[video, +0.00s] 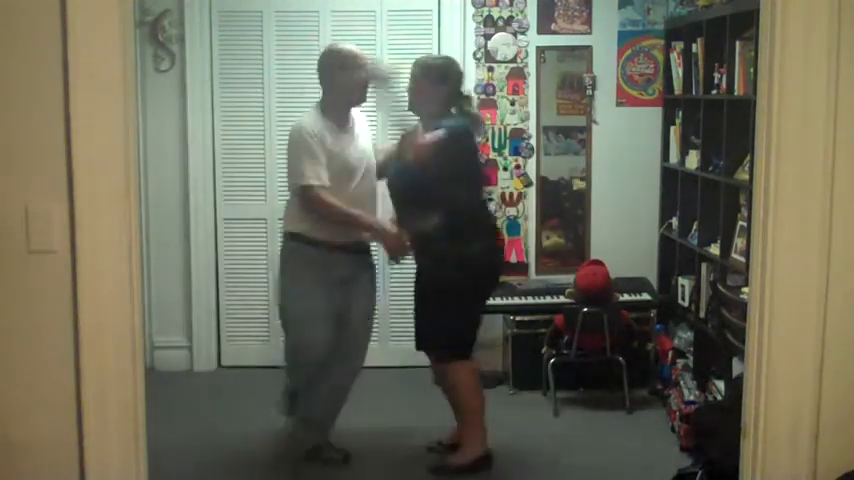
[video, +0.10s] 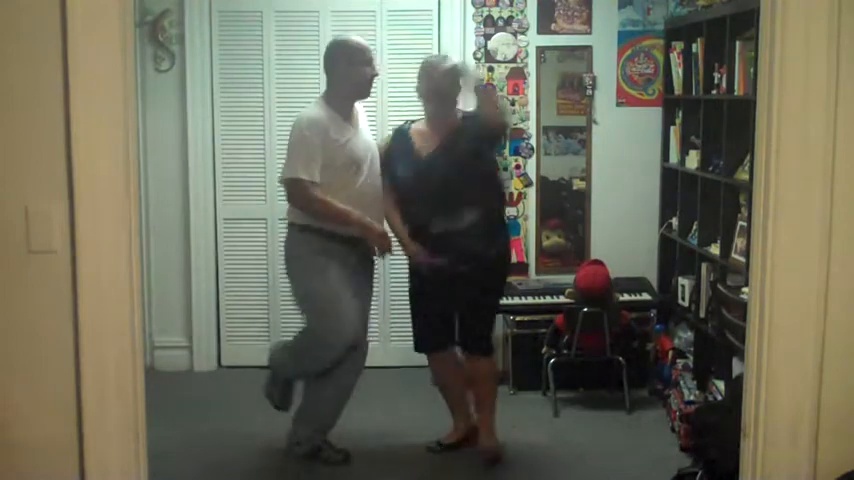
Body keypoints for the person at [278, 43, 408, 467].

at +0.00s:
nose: (368, 83)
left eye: (367, 76)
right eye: (359, 76)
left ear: (358, 81)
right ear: (333, 80)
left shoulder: (360, 127)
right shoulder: (306, 130)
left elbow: (366, 171)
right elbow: (310, 197)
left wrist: (402, 150)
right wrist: (379, 230)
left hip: (355, 256)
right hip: (309, 256)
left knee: (350, 352)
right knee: (312, 346)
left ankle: (316, 436)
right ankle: (300, 415)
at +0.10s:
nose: (374, 72)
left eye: (373, 65)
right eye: (364, 66)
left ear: (364, 73)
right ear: (335, 72)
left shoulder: (358, 122)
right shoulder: (311, 124)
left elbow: (366, 186)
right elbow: (298, 193)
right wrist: (363, 226)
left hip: (355, 249)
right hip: (314, 245)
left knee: (353, 346)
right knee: (338, 330)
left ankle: (307, 437)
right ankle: (283, 363)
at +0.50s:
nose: (407, 84)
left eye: (405, 76)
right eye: (400, 75)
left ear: (369, 79)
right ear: (375, 78)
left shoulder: (348, 122)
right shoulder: (368, 130)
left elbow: (357, 188)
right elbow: (372, 203)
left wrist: (407, 203)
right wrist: (428, 192)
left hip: (332, 254)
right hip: (351, 260)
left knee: (357, 357)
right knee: (381, 365)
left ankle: (312, 435)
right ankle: (367, 468)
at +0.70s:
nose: (425, 87)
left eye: (424, 78)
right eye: (421, 79)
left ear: (378, 83)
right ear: (407, 86)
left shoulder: (344, 128)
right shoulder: (412, 141)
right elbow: (452, 208)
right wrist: (493, 188)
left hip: (330, 264)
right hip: (376, 270)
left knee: (376, 348)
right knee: (398, 364)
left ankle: (336, 433)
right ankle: (368, 465)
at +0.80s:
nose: (427, 86)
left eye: (425, 78)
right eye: (425, 79)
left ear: (382, 82)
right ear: (418, 85)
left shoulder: (344, 131)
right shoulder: (428, 140)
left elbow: (325, 195)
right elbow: (478, 199)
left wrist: (359, 219)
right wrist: (517, 181)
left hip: (339, 266)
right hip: (391, 271)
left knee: (360, 358)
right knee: (400, 369)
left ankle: (351, 455)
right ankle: (369, 464)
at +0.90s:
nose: (428, 82)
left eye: (425, 75)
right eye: (426, 76)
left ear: (385, 82)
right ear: (423, 83)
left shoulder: (348, 131)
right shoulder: (442, 138)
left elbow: (319, 189)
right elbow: (496, 180)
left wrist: (339, 232)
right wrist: (537, 173)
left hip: (348, 266)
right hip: (407, 270)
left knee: (351, 365)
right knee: (412, 371)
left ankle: (347, 460)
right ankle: (376, 463)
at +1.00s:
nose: (423, 87)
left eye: (417, 78)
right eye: (426, 79)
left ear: (392, 84)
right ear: (430, 83)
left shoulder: (360, 129)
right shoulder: (452, 135)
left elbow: (318, 187)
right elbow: (507, 170)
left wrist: (324, 241)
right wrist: (547, 171)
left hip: (360, 268)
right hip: (419, 270)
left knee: (352, 363)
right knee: (421, 356)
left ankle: (347, 458)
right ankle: (410, 449)